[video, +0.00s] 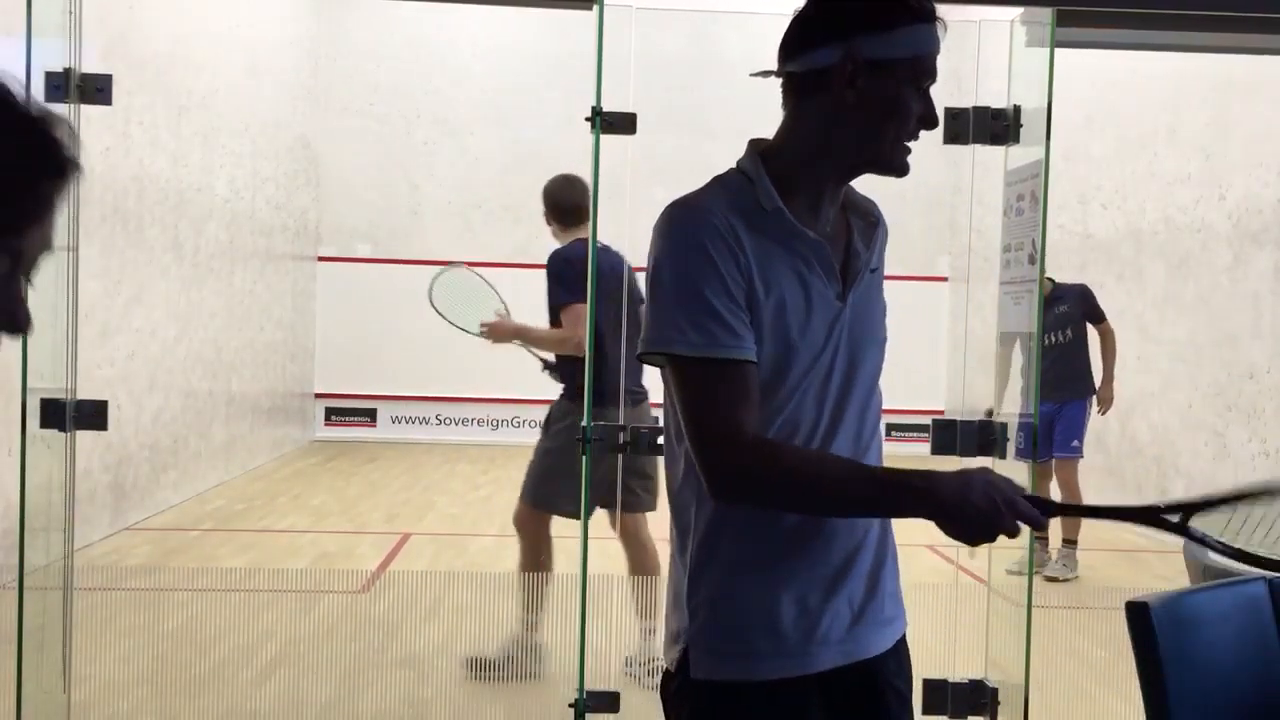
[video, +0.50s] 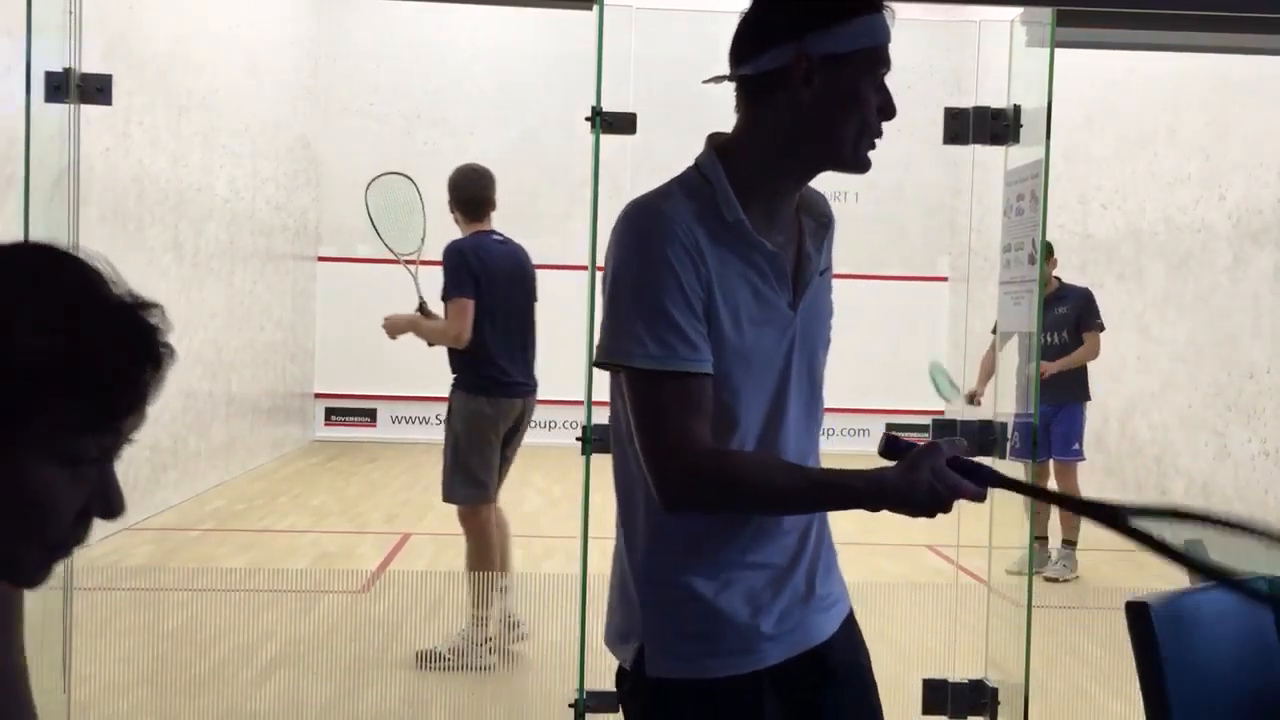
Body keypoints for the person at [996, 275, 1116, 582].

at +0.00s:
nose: (1025, 281)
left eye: (1028, 274)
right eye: (1019, 278)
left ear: (1038, 270)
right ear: (1015, 280)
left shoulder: (1076, 294)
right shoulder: (1018, 305)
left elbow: (1105, 331)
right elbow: (1004, 351)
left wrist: (1107, 382)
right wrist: (996, 400)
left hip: (1072, 399)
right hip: (1035, 400)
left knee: (1065, 472)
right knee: (1038, 475)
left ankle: (1067, 557)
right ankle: (1038, 550)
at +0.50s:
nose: (1033, 273)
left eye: (1038, 265)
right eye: (1028, 266)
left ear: (1052, 262)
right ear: (1021, 268)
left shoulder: (1079, 297)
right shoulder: (1020, 302)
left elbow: (1092, 348)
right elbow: (994, 349)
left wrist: (1056, 365)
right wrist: (980, 386)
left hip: (1067, 404)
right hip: (1029, 403)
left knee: (1065, 478)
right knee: (1035, 479)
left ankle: (1067, 555)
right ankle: (1038, 551)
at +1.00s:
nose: (1025, 265)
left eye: (1032, 257)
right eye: (1019, 258)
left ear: (1045, 259)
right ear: (1011, 261)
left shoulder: (1062, 298)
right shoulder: (1014, 298)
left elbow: (1036, 337)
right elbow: (980, 333)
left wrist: (987, 358)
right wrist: (982, 316)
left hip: (1054, 403)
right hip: (1017, 401)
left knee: (1057, 479)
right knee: (1000, 477)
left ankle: (1067, 556)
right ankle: (1026, 542)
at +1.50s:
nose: (891, 299)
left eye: (896, 292)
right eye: (890, 293)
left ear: (918, 288)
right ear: (905, 295)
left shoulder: (960, 309)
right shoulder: (910, 322)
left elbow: (957, 356)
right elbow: (906, 334)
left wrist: (908, 384)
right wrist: (935, 297)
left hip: (980, 413)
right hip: (945, 413)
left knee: (1011, 487)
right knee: (899, 474)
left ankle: (1056, 549)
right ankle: (879, 544)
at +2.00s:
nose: (777, 281)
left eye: (779, 275)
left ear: (785, 275)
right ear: (811, 271)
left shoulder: (786, 303)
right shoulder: (833, 295)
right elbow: (876, 283)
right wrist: (904, 260)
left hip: (839, 397)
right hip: (864, 392)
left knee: (800, 463)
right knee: (850, 466)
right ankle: (868, 543)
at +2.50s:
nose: (701, 242)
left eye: (706, 237)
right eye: (704, 236)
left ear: (720, 244)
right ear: (733, 246)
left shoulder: (704, 278)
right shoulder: (762, 277)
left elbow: (704, 329)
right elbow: (812, 295)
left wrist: (687, 365)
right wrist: (795, 305)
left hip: (717, 382)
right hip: (754, 384)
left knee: (695, 465)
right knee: (732, 466)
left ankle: (678, 544)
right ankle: (721, 546)